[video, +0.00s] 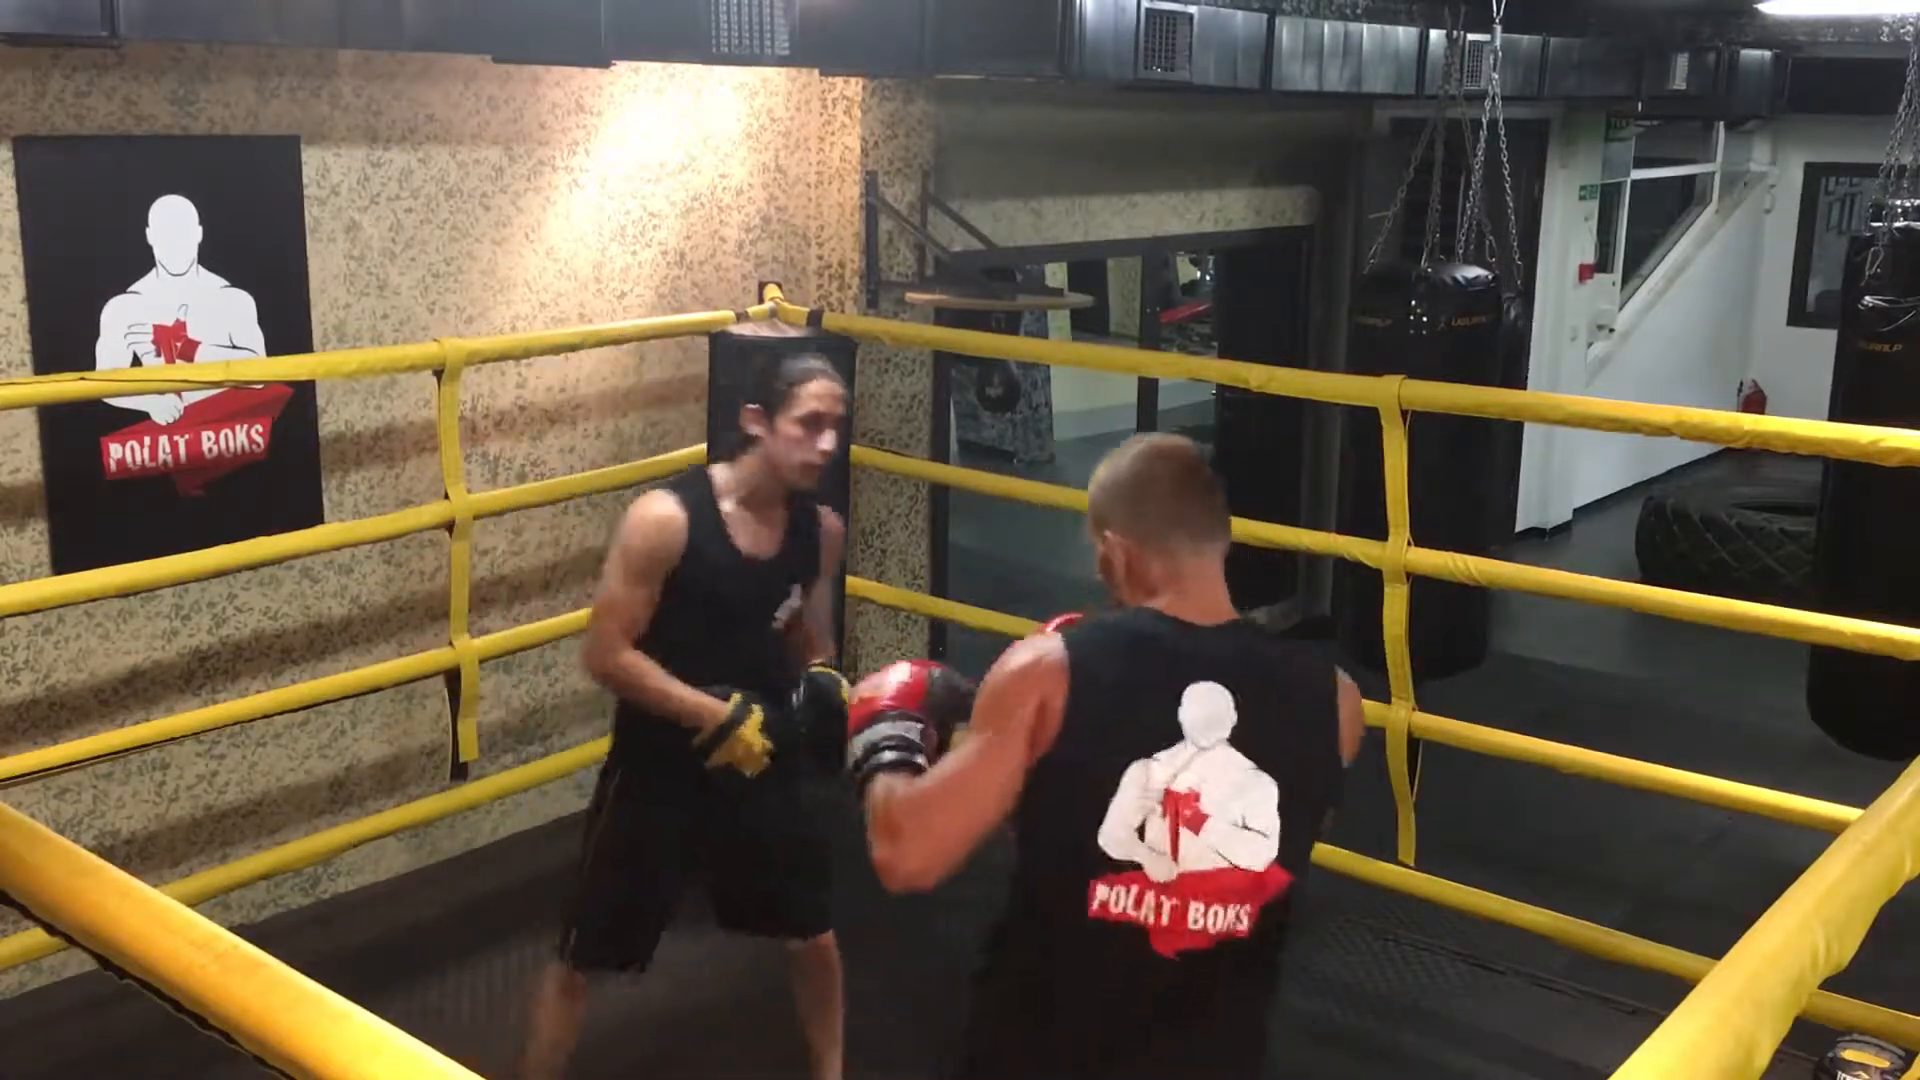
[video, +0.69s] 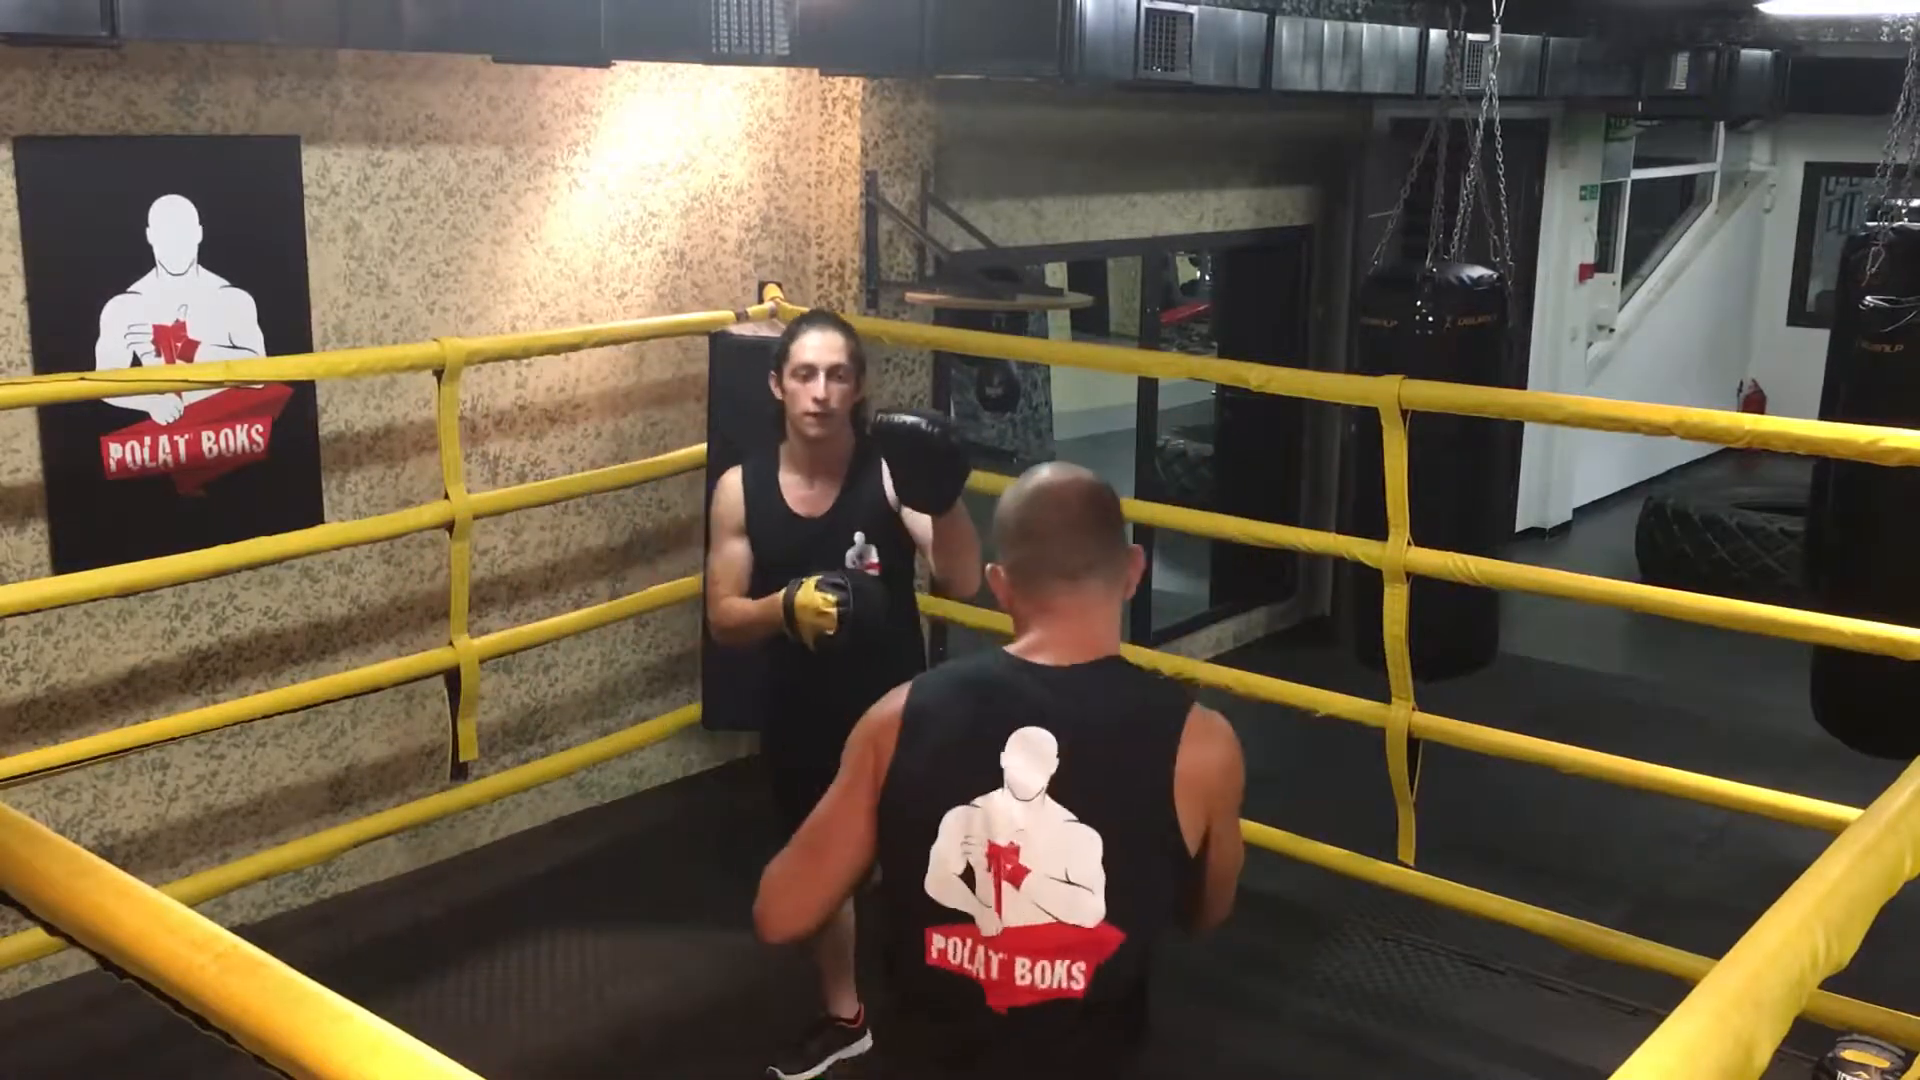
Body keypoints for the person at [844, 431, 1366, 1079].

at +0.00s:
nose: (1101, 570)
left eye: (1098, 551)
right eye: (1097, 552)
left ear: (1117, 551)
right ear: (1223, 539)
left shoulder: (1049, 672)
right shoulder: (1330, 699)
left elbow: (907, 855)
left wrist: (887, 730)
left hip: (1049, 1038)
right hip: (1220, 1050)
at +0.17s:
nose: (1008, 590)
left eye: (1003, 573)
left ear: (1015, 573)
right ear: (1126, 548)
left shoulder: (967, 714)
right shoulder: (1255, 697)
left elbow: (889, 917)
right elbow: (1281, 889)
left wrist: (908, 785)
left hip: (1025, 1056)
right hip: (1197, 1057)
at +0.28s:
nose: (941, 583)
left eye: (935, 570)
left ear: (945, 575)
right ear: (1060, 539)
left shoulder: (908, 721)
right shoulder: (1191, 673)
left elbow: (889, 932)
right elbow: (1285, 885)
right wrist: (1191, 822)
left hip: (988, 1056)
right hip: (1164, 1048)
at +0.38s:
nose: (897, 587)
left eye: (894, 570)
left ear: (910, 574)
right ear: (1032, 543)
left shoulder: (870, 725)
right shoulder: (1155, 670)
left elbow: (840, 934)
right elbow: (1263, 886)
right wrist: (1161, 838)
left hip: (949, 1052)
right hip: (1130, 1045)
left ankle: (843, 1058)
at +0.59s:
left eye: (950, 553)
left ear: (968, 569)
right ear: (1094, 553)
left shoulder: (881, 709)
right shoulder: (1179, 707)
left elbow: (760, 902)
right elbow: (1206, 909)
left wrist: (855, 856)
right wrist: (1108, 836)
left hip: (936, 1048)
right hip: (1101, 1048)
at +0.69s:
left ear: (1000, 587)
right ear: (1136, 571)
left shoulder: (905, 717)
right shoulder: (1201, 744)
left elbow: (778, 915)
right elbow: (1209, 910)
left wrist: (886, 814)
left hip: (922, 1052)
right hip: (1094, 1056)